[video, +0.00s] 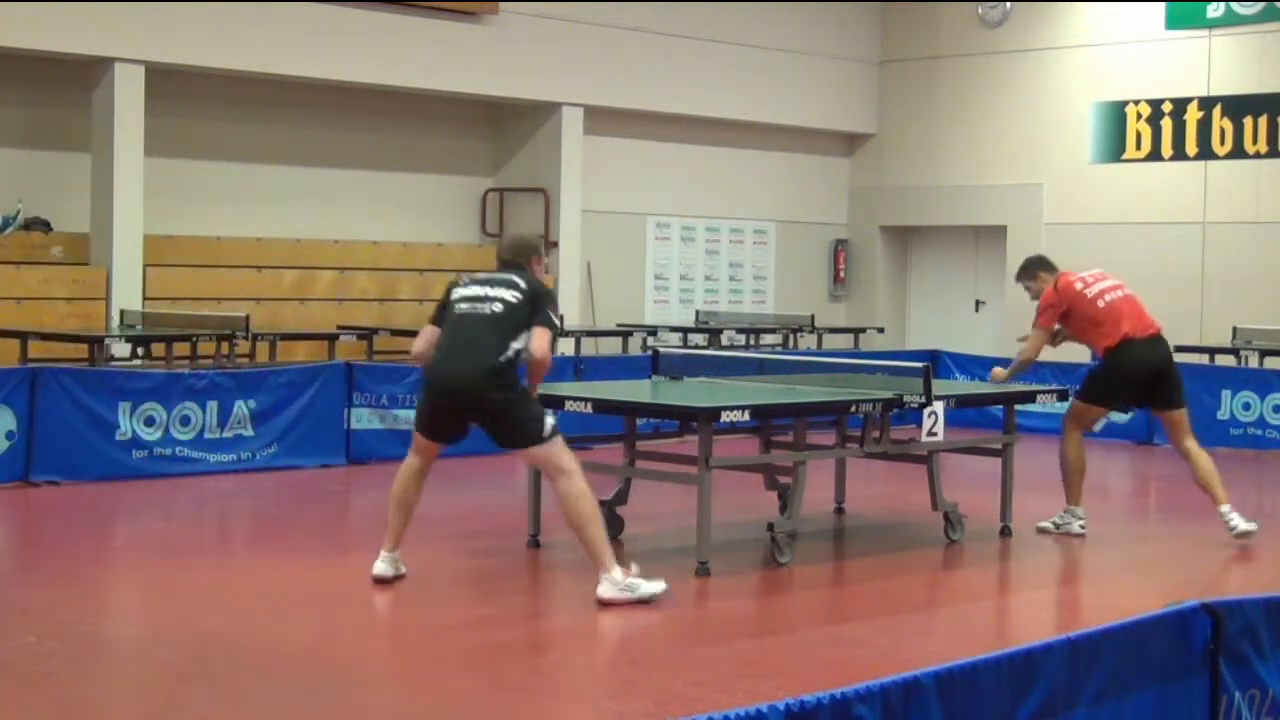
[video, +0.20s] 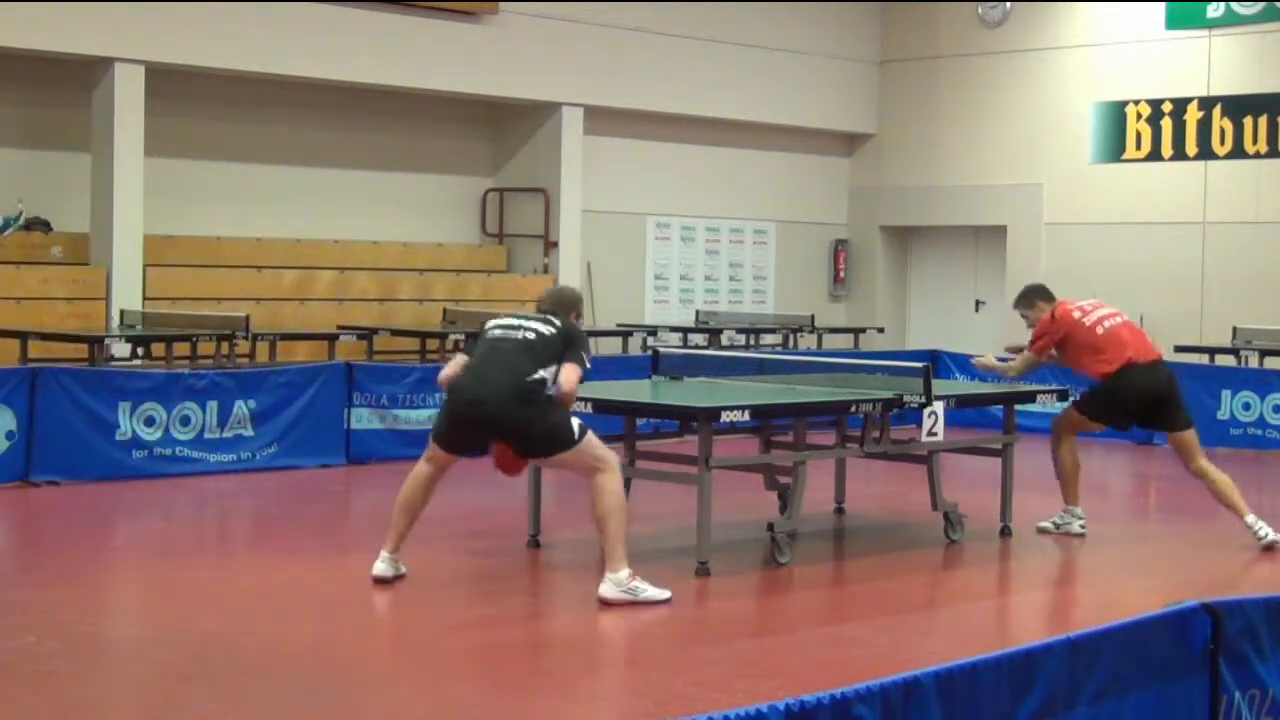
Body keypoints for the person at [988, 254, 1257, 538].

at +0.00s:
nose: (1032, 296)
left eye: (1030, 288)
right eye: (1028, 291)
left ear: (1041, 277)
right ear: (1053, 271)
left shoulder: (1055, 293)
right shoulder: (1092, 276)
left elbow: (1031, 353)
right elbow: (1097, 317)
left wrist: (1007, 373)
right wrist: (1064, 335)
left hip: (1121, 359)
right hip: (1159, 351)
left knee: (1073, 427)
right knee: (1186, 441)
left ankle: (1073, 514)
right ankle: (1229, 514)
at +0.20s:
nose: (1028, 323)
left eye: (1028, 317)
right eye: (1025, 319)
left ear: (1040, 307)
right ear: (1051, 299)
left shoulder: (1052, 323)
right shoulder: (1086, 306)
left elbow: (1017, 370)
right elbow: (1072, 355)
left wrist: (994, 367)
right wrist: (1031, 352)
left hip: (1125, 382)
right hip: (1161, 375)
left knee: (1063, 429)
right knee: (1198, 462)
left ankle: (1072, 514)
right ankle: (1254, 523)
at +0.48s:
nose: (1026, 336)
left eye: (1026, 330)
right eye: (1024, 331)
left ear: (1038, 321)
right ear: (1052, 315)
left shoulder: (1048, 336)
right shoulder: (1086, 321)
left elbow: (1011, 374)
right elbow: (1068, 361)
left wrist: (989, 360)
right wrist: (1025, 360)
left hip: (1117, 401)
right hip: (1155, 394)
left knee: (1053, 431)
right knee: (1196, 477)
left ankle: (1071, 515)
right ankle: (1253, 529)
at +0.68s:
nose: (1025, 336)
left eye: (1024, 329)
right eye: (1022, 332)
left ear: (1037, 321)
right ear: (1050, 316)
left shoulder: (1047, 335)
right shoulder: (1083, 323)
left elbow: (1011, 374)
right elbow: (1069, 361)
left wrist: (987, 358)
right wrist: (1026, 361)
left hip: (1117, 402)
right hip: (1154, 396)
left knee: (1052, 431)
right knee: (1197, 478)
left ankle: (1071, 515)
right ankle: (1252, 529)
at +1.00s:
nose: (1025, 336)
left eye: (1024, 329)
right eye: (1023, 331)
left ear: (1037, 321)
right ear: (1050, 316)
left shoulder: (1047, 336)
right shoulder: (1084, 323)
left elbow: (1010, 374)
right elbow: (1063, 359)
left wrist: (987, 358)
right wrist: (1021, 359)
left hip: (1116, 403)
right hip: (1154, 396)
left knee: (1052, 431)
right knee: (1197, 478)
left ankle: (1072, 516)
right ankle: (1252, 529)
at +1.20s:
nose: (1025, 337)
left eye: (1025, 330)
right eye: (1023, 332)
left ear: (1038, 321)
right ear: (1050, 317)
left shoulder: (1047, 337)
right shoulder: (1085, 323)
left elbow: (1010, 374)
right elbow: (1063, 359)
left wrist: (988, 358)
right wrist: (1021, 358)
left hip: (1116, 405)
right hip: (1155, 398)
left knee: (1051, 431)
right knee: (1196, 479)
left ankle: (1072, 515)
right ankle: (1251, 529)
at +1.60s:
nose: (1036, 332)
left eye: (1036, 325)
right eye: (1035, 326)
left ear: (1052, 319)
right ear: (1066, 316)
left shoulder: (1057, 338)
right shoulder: (1101, 327)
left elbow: (1017, 372)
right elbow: (1058, 356)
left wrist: (988, 370)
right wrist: (1013, 360)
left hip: (1117, 418)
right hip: (1156, 412)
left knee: (1051, 432)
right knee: (1199, 487)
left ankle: (1071, 515)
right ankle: (1246, 529)